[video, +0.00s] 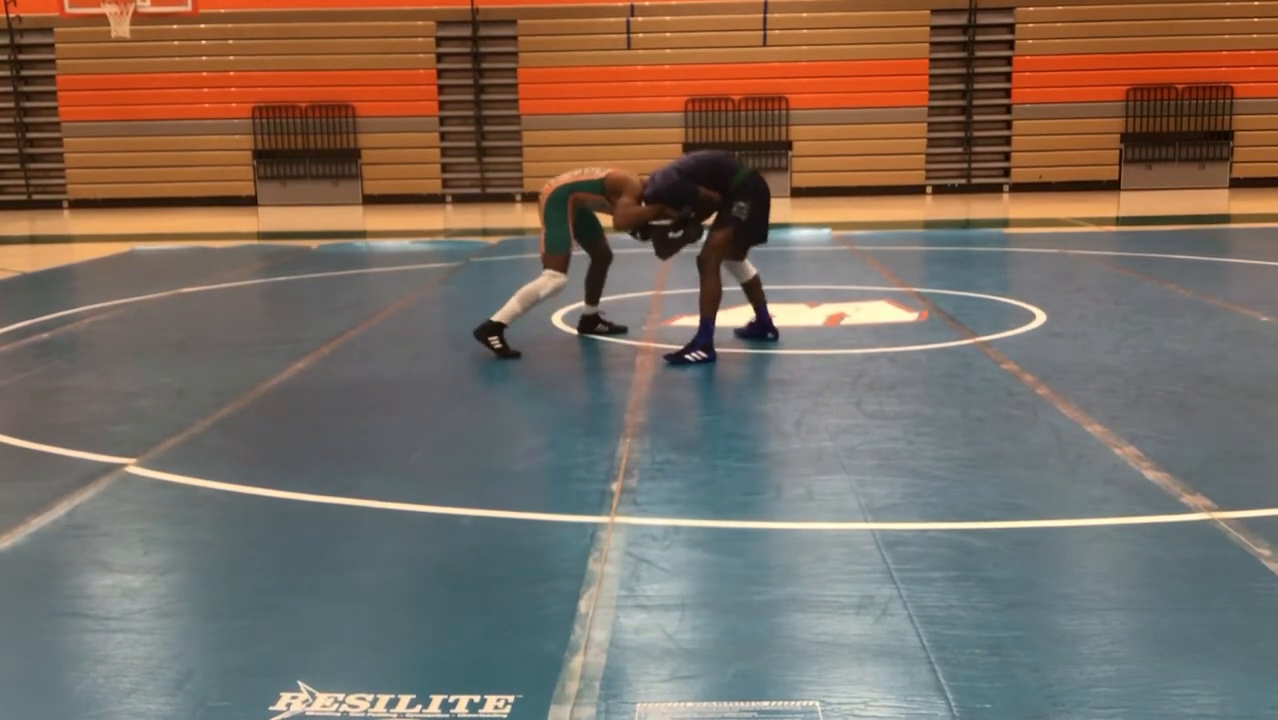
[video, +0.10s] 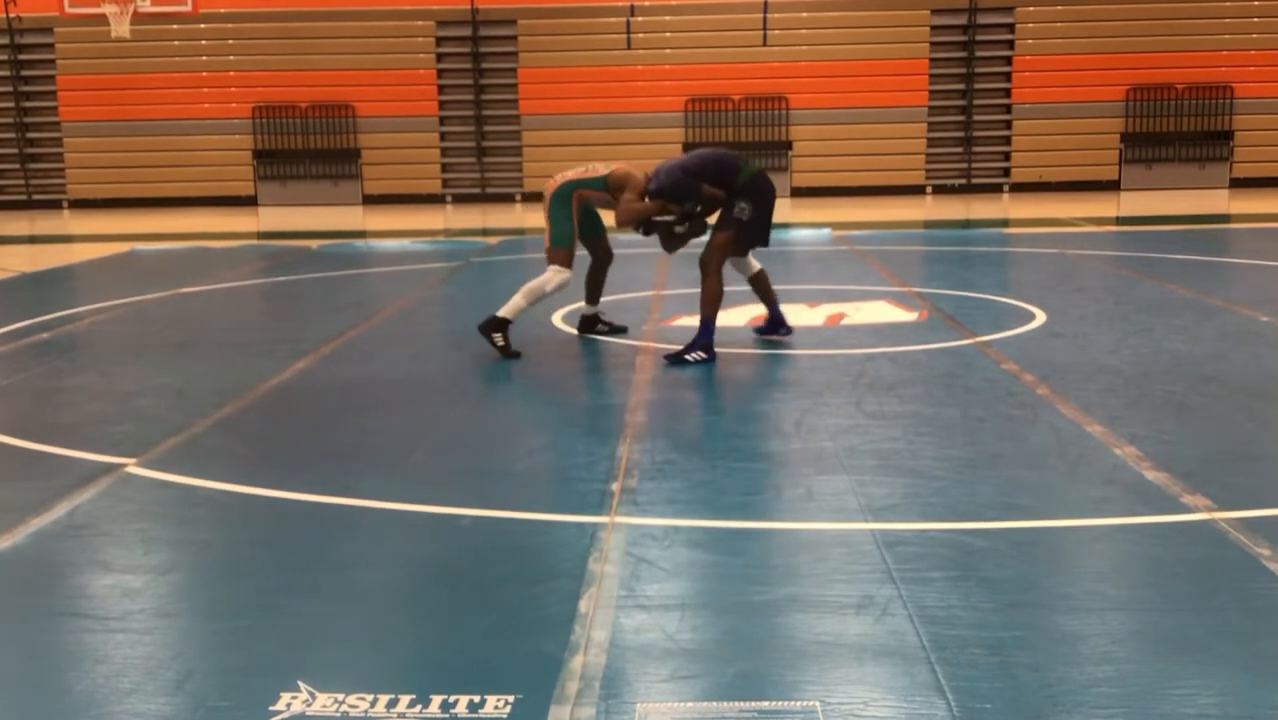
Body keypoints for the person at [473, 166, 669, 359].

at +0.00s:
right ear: (662, 194)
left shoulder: (637, 194)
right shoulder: (633, 186)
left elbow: (663, 249)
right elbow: (622, 221)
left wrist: (682, 228)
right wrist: (659, 209)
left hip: (578, 204)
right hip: (558, 198)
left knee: (603, 256)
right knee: (555, 278)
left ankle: (590, 318)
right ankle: (493, 327)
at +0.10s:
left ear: (655, 182)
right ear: (659, 184)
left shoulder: (640, 188)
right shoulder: (635, 181)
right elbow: (624, 216)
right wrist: (661, 206)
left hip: (582, 201)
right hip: (562, 194)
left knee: (603, 256)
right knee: (559, 275)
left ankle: (590, 318)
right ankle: (497, 323)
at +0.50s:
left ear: (671, 190)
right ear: (678, 197)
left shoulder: (655, 200)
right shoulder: (651, 197)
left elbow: (679, 247)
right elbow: (651, 241)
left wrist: (704, 236)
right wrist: (685, 221)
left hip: (580, 206)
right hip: (573, 208)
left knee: (603, 266)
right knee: (605, 281)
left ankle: (589, 320)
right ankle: (548, 335)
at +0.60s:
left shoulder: (653, 199)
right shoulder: (651, 198)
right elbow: (648, 240)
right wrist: (683, 219)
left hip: (583, 205)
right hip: (573, 206)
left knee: (603, 264)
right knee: (604, 279)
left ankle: (589, 320)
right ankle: (548, 334)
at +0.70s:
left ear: (668, 188)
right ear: (674, 199)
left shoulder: (651, 194)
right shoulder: (647, 194)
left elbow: (643, 230)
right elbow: (640, 235)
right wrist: (678, 216)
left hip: (583, 205)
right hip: (574, 206)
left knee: (604, 262)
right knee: (602, 280)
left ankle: (590, 319)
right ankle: (547, 335)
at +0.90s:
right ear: (674, 194)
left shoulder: (651, 186)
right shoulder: (646, 188)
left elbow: (642, 228)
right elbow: (639, 234)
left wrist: (662, 227)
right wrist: (675, 215)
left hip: (586, 203)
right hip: (576, 205)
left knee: (607, 261)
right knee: (603, 279)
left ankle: (591, 318)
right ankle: (548, 334)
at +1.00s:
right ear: (676, 179)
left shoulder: (652, 187)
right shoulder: (651, 187)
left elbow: (649, 228)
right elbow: (646, 232)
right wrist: (681, 211)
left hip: (582, 206)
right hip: (576, 208)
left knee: (606, 264)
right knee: (605, 282)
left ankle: (590, 319)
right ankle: (548, 335)